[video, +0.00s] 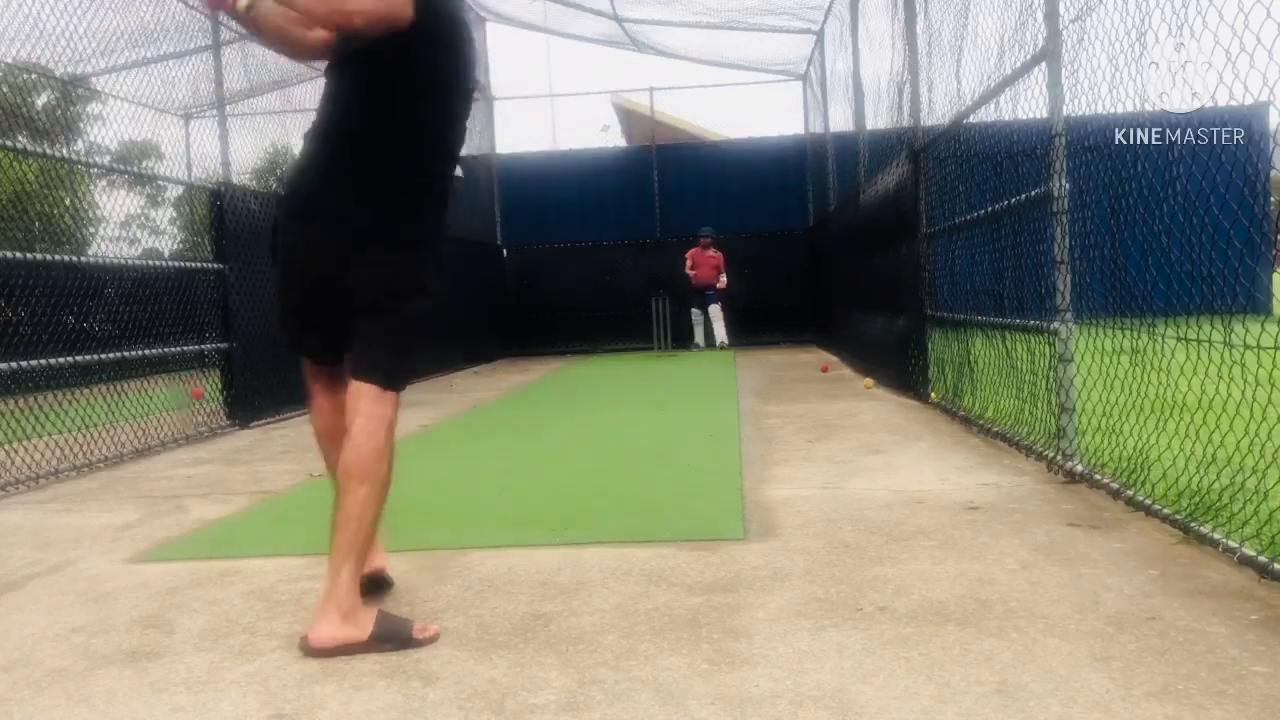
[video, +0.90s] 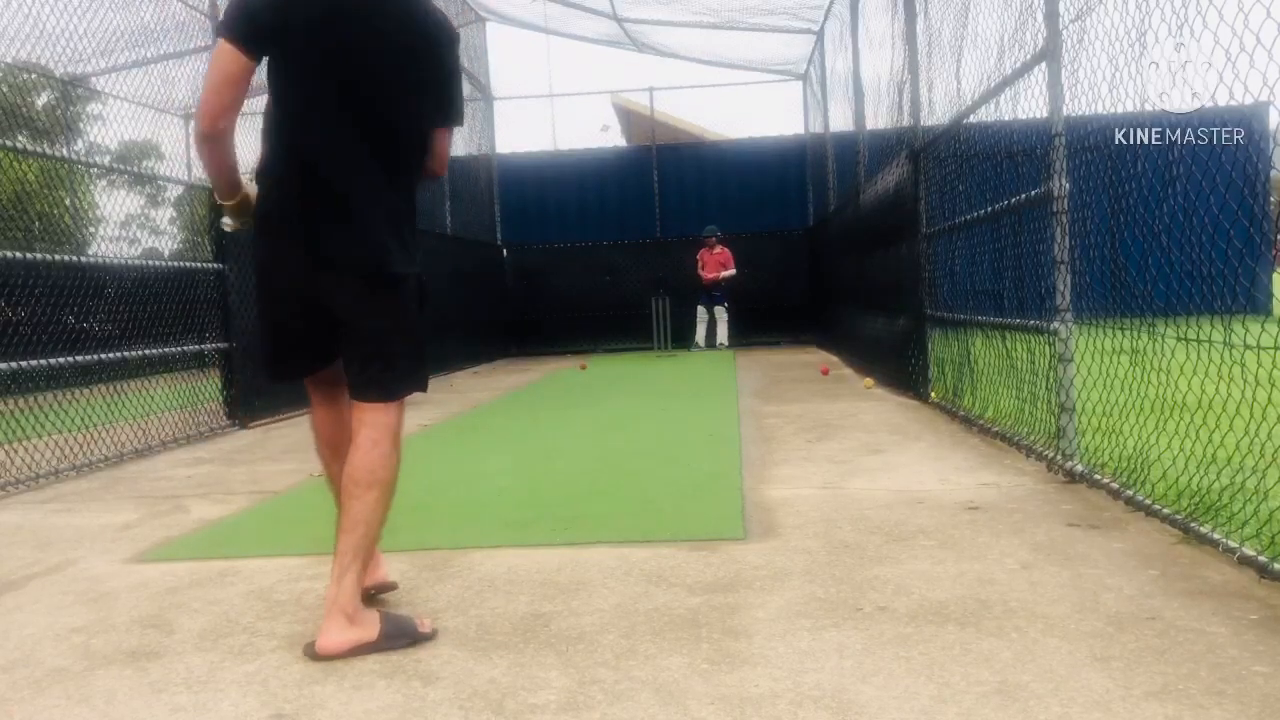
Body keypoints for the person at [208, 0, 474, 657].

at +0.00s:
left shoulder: (389, 7)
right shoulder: (444, 17)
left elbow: (325, 28)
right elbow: (310, 35)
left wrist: (250, 5)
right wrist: (239, 6)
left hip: (314, 214)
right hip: (399, 222)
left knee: (327, 391)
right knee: (372, 400)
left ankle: (366, 554)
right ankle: (339, 613)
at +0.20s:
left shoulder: (427, 8)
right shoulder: (352, 9)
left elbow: (476, 51)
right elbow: (286, 1)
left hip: (306, 211)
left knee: (248, 378)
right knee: (344, 402)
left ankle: (338, 532)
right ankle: (343, 614)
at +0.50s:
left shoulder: (411, 8)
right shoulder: (342, 12)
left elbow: (417, 49)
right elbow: (263, 18)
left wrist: (330, 1)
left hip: (294, 210)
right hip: (357, 218)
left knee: (249, 377)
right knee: (342, 396)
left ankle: (338, 541)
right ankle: (342, 612)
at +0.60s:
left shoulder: (382, 4)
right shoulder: (383, 13)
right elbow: (294, 84)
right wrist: (234, 39)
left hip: (291, 217)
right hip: (364, 223)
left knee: (268, 379)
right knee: (349, 401)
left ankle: (349, 547)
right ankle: (343, 613)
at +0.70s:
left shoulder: (347, 4)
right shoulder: (415, 22)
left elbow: (292, 88)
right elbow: (348, 121)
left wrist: (207, 107)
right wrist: (237, 95)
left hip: (299, 222)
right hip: (382, 223)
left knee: (286, 384)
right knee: (356, 400)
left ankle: (352, 549)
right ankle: (343, 613)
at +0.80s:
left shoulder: (297, 5)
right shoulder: (432, 32)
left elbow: (228, 110)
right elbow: (391, 139)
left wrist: (211, 170)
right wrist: (276, 149)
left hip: (290, 230)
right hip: (381, 234)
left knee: (307, 392)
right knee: (365, 408)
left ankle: (359, 555)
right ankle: (343, 613)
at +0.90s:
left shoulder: (274, 3)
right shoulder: (429, 24)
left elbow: (212, 121)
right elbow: (435, 159)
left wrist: (232, 196)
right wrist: (374, 154)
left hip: (292, 226)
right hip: (380, 233)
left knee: (326, 398)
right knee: (377, 414)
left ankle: (364, 561)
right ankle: (342, 615)